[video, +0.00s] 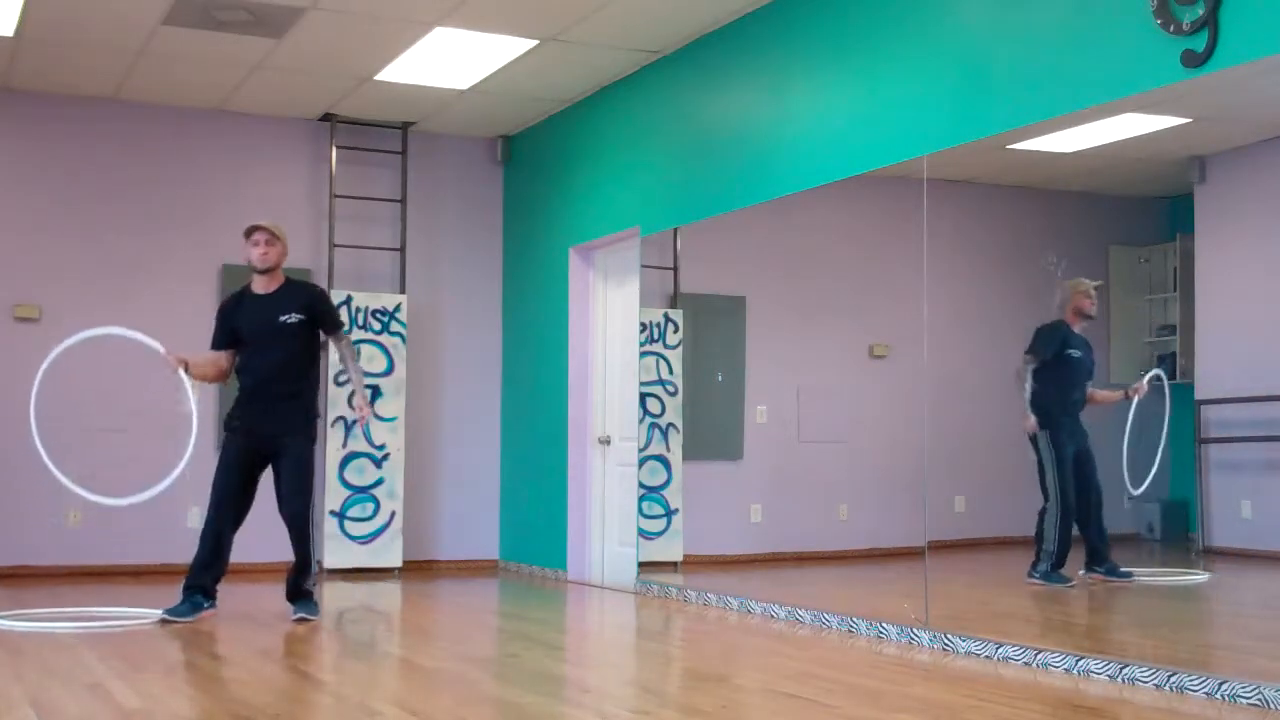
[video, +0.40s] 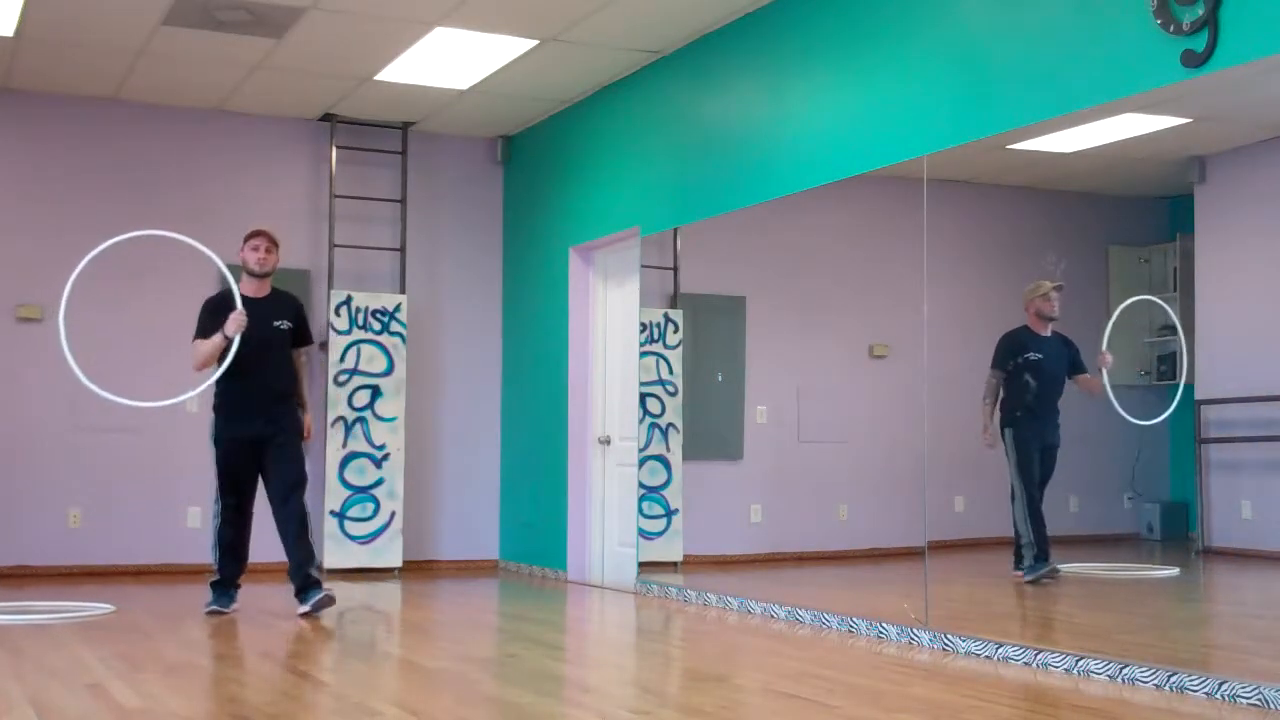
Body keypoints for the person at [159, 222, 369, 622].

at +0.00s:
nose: (263, 248)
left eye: (270, 242)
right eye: (256, 243)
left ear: (284, 253)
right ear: (246, 254)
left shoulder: (310, 298)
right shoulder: (233, 307)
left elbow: (343, 344)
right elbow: (219, 367)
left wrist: (359, 389)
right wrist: (186, 363)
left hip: (295, 424)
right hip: (247, 422)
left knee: (297, 512)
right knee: (222, 511)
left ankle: (302, 596)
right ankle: (198, 594)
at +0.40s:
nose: (262, 254)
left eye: (269, 250)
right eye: (254, 248)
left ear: (277, 260)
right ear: (241, 257)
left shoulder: (290, 306)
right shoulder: (220, 304)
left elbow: (298, 364)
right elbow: (198, 360)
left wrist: (304, 409)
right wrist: (225, 334)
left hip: (281, 421)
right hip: (235, 422)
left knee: (290, 502)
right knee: (233, 508)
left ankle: (308, 588)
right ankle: (224, 589)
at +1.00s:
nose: (297, 266)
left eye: (303, 261)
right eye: (290, 259)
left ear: (307, 269)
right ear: (272, 263)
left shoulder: (311, 313)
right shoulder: (250, 310)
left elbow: (314, 370)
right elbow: (228, 365)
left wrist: (321, 411)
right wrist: (253, 389)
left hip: (307, 424)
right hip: (266, 424)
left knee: (320, 507)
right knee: (247, 508)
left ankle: (333, 587)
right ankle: (224, 589)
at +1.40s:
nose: (349, 266)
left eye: (355, 261)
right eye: (342, 259)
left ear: (361, 270)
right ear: (327, 263)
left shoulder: (365, 314)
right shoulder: (305, 306)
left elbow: (372, 369)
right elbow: (279, 361)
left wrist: (382, 414)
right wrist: (291, 397)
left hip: (350, 421)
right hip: (313, 419)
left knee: (348, 506)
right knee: (306, 504)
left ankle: (338, 588)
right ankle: (287, 588)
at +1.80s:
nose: (359, 268)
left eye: (363, 263)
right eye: (353, 261)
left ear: (365, 270)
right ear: (333, 264)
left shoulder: (367, 313)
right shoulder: (310, 310)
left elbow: (367, 364)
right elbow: (299, 364)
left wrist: (371, 403)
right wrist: (337, 393)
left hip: (366, 417)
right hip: (326, 418)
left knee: (379, 501)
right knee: (324, 504)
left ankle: (389, 587)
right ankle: (323, 587)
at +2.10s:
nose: (380, 271)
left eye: (382, 266)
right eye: (372, 264)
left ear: (381, 272)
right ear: (351, 267)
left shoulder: (380, 316)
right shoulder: (331, 307)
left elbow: (385, 363)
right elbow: (354, 347)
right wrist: (389, 377)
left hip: (377, 417)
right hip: (340, 416)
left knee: (394, 500)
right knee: (331, 502)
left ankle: (418, 586)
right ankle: (322, 586)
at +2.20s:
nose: (385, 270)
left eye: (388, 266)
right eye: (378, 263)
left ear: (387, 272)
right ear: (356, 266)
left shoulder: (386, 317)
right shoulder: (337, 305)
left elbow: (382, 380)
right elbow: (373, 332)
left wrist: (392, 422)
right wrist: (414, 353)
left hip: (379, 417)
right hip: (341, 415)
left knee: (398, 502)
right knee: (330, 501)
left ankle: (424, 586)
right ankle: (318, 586)